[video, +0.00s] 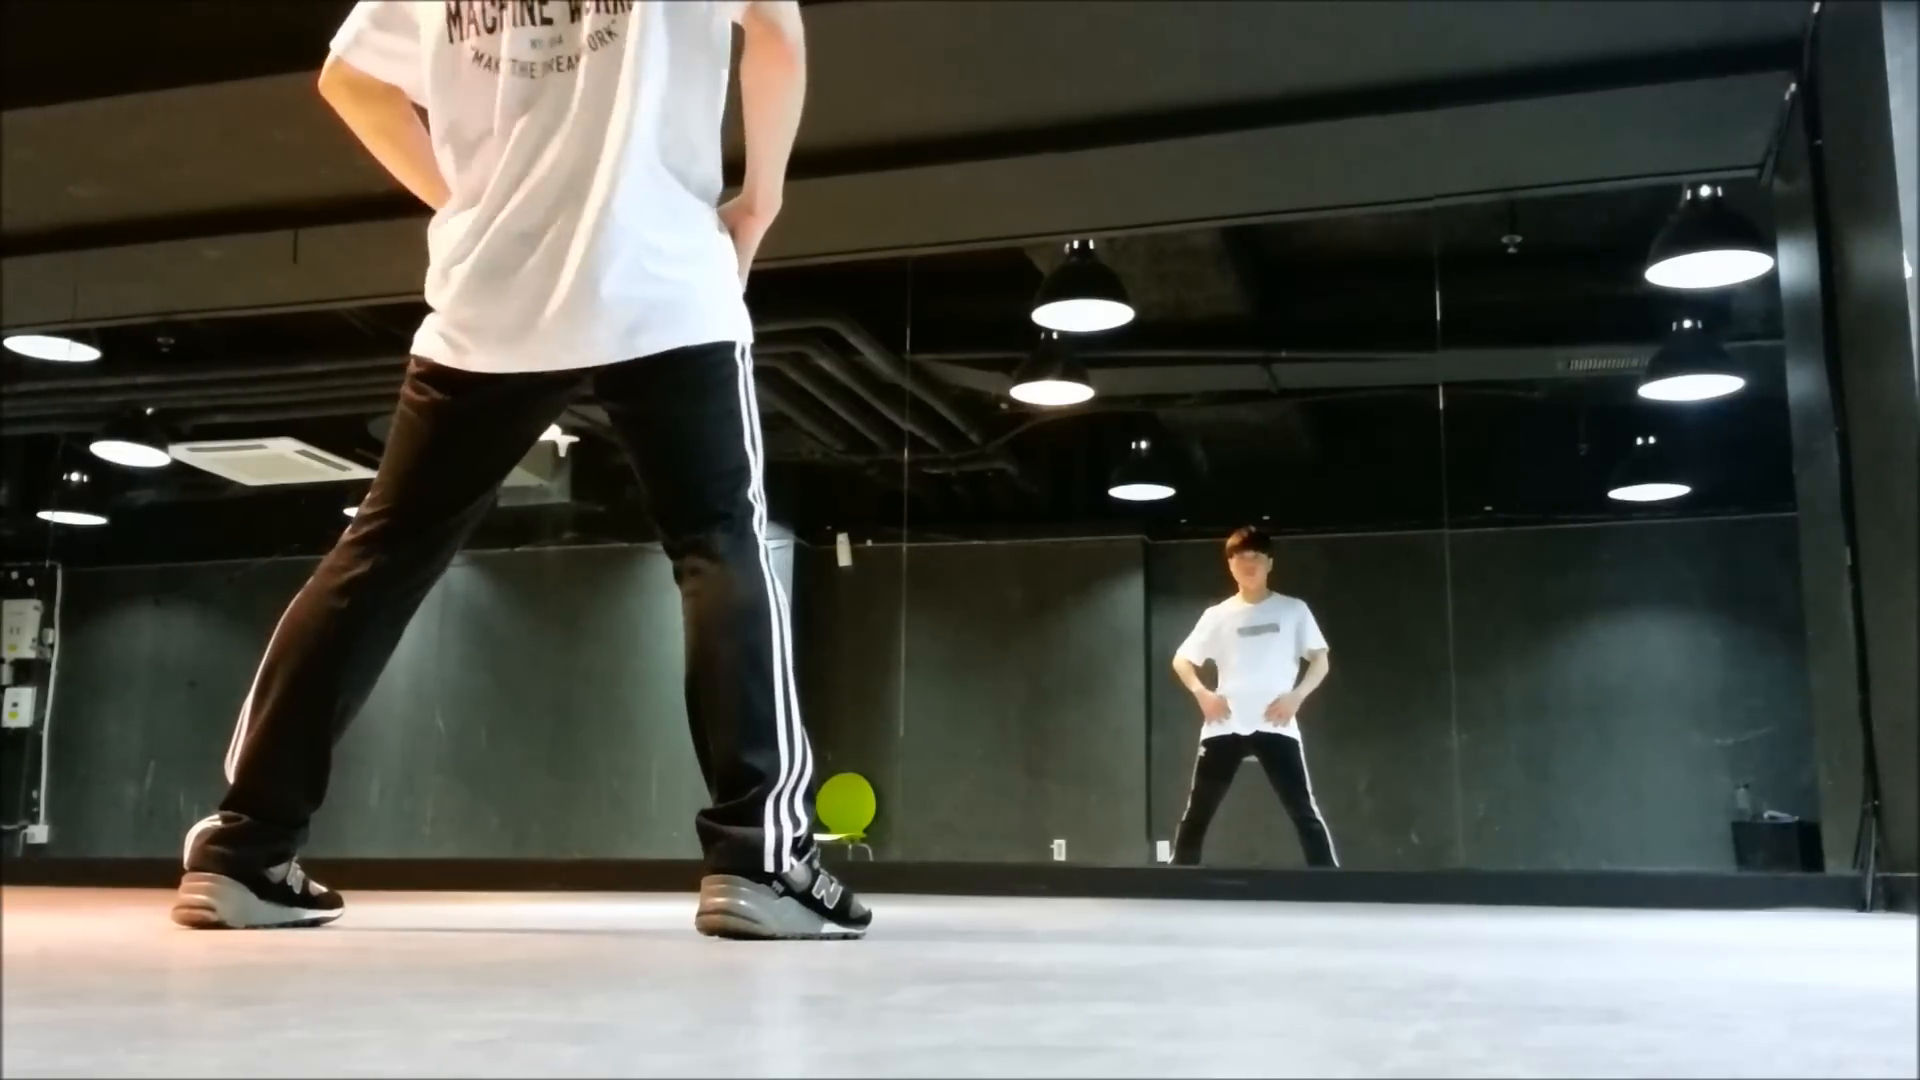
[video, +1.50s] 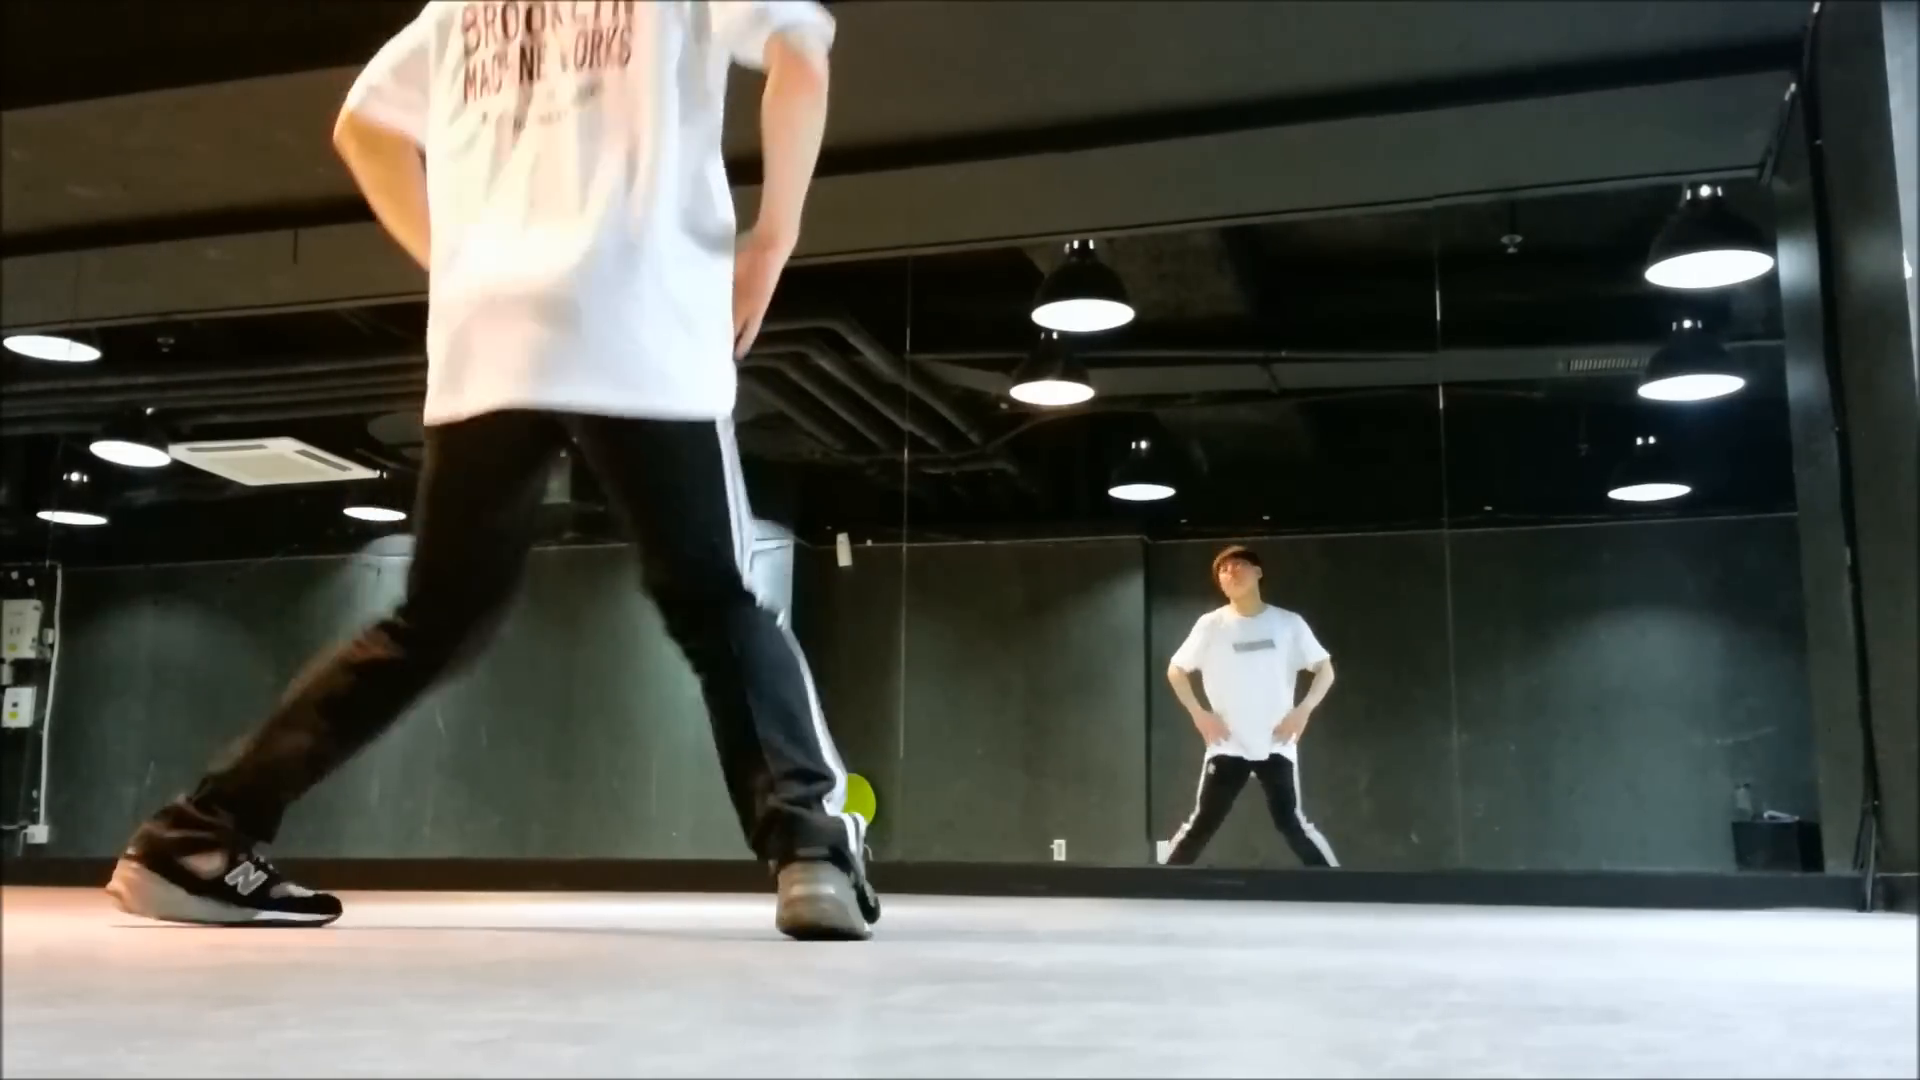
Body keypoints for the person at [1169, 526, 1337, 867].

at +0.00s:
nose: (1248, 566)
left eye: (1255, 558)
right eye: (1240, 559)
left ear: (1268, 563)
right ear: (1230, 565)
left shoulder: (1294, 610)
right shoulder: (1217, 616)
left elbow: (1321, 663)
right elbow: (1181, 661)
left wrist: (1294, 697)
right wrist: (1202, 694)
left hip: (1276, 728)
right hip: (1224, 729)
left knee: (1304, 812)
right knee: (1197, 814)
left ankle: (1331, 889)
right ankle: (1178, 890)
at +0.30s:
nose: (1250, 563)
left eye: (1257, 556)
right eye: (1243, 556)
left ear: (1269, 562)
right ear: (1231, 561)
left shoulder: (1290, 611)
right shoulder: (1212, 611)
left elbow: (1316, 663)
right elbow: (1186, 662)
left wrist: (1294, 698)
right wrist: (1204, 697)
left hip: (1277, 731)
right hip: (1225, 730)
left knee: (1307, 814)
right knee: (1197, 816)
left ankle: (1332, 889)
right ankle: (1177, 890)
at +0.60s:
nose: (1243, 558)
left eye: (1251, 553)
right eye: (1236, 553)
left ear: (1265, 564)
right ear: (1226, 564)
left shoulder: (1285, 614)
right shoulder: (1207, 614)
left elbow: (1322, 660)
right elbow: (1177, 662)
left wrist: (1295, 696)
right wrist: (1199, 694)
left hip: (1276, 728)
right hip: (1223, 729)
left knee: (1306, 813)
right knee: (1196, 815)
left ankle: (1332, 889)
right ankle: (1178, 890)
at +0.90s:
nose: (1242, 557)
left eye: (1251, 551)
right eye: (1235, 551)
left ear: (1265, 562)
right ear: (1225, 561)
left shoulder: (1286, 611)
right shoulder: (1207, 611)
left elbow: (1319, 660)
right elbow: (1180, 661)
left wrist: (1296, 698)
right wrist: (1202, 696)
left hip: (1278, 729)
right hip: (1224, 730)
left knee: (1307, 813)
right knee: (1198, 816)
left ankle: (1332, 889)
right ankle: (1179, 891)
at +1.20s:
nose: (1242, 557)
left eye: (1250, 550)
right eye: (1235, 552)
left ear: (1265, 558)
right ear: (1226, 562)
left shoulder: (1289, 612)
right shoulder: (1213, 610)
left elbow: (1314, 664)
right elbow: (1192, 661)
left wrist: (1297, 703)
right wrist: (1203, 700)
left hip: (1277, 732)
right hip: (1224, 731)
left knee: (1306, 814)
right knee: (1197, 816)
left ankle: (1331, 888)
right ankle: (1177, 888)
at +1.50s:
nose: (1231, 572)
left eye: (1239, 565)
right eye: (1225, 569)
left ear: (1257, 572)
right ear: (1220, 582)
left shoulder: (1290, 624)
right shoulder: (1210, 625)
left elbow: (1326, 671)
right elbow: (1176, 671)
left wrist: (1303, 711)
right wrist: (1199, 715)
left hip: (1277, 745)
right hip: (1227, 745)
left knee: (1292, 825)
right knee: (1201, 826)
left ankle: (1339, 889)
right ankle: (1160, 888)